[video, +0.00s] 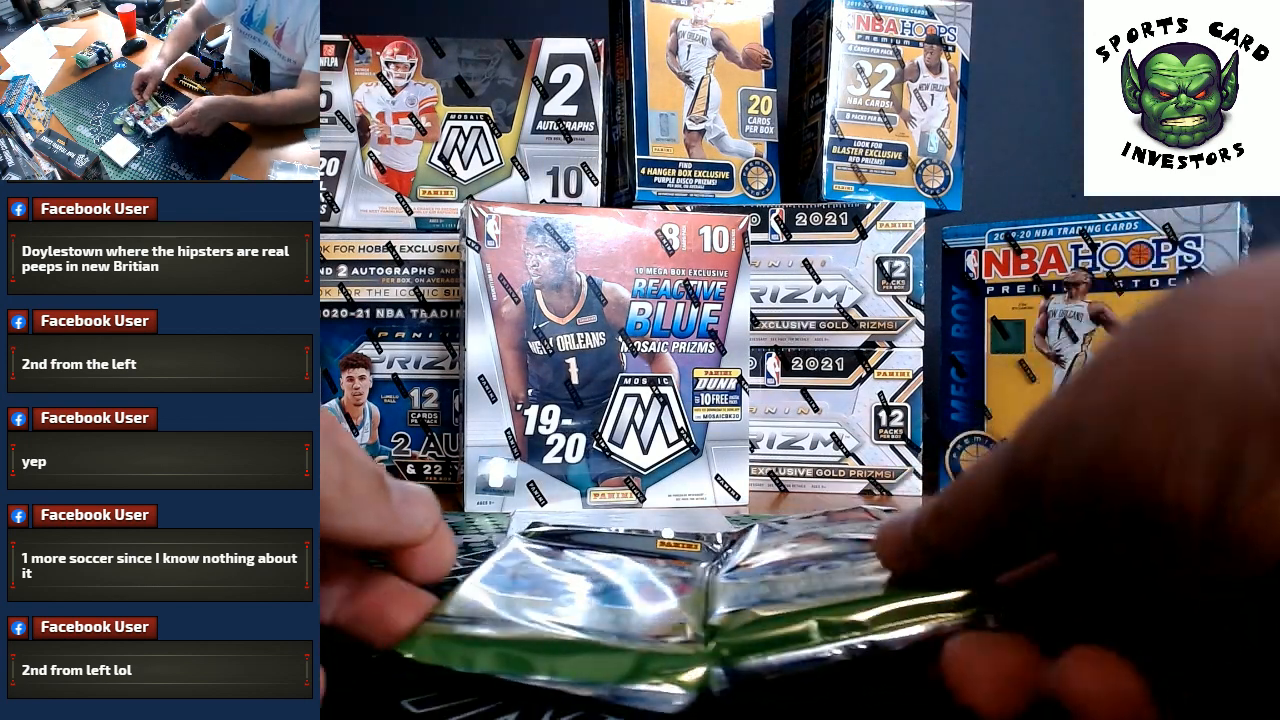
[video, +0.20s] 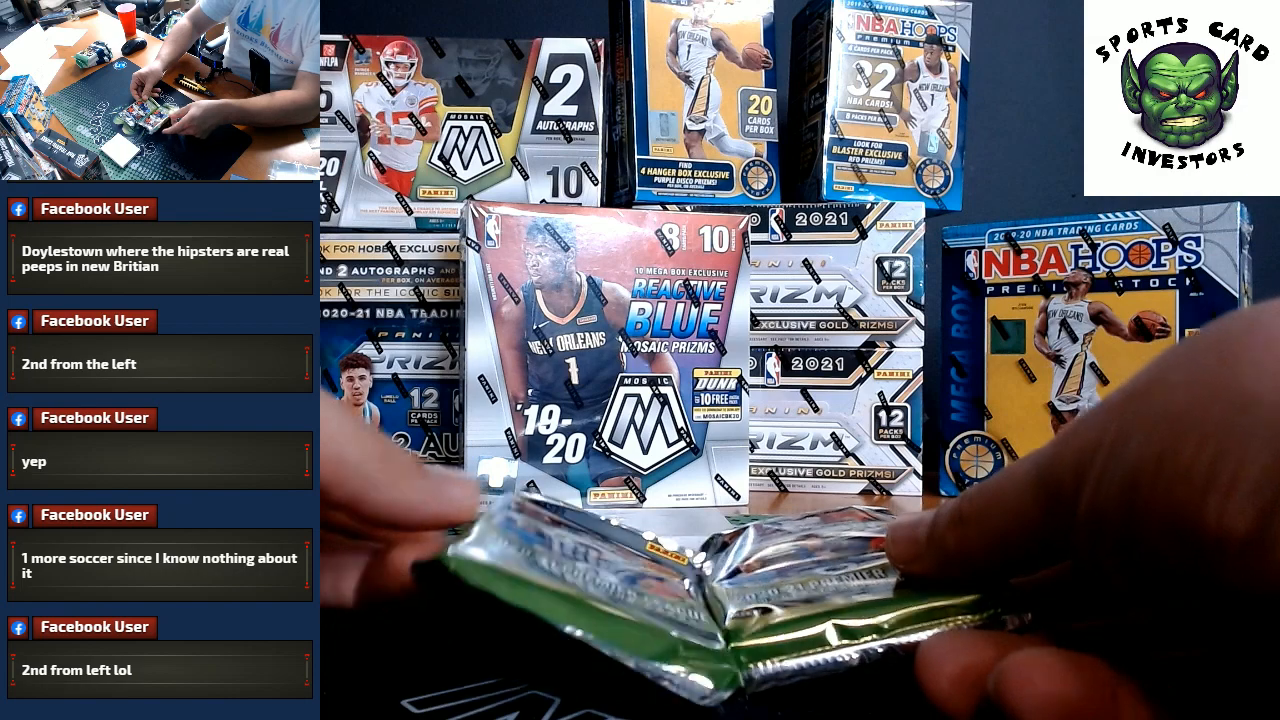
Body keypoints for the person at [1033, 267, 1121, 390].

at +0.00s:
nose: (1071, 288)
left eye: (1076, 285)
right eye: (1068, 285)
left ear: (1087, 284)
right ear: (1066, 284)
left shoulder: (1095, 308)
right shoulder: (1049, 303)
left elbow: (1124, 335)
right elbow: (1038, 335)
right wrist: (1047, 352)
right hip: (1059, 363)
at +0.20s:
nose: (1070, 273)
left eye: (1075, 273)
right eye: (1070, 272)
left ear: (1086, 282)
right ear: (1068, 280)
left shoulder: (1095, 308)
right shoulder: (1049, 304)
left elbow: (1126, 333)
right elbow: (1038, 335)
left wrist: (1155, 331)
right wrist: (1046, 351)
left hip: (1080, 362)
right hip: (1062, 364)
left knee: (1064, 412)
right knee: (1096, 415)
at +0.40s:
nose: (1068, 273)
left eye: (1074, 271)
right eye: (1069, 271)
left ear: (1086, 281)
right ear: (1066, 279)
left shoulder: (1095, 308)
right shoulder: (1049, 304)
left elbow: (1126, 333)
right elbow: (1038, 335)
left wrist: (1155, 331)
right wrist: (1046, 351)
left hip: (1080, 363)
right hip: (1063, 367)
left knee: (1060, 421)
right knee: (1102, 425)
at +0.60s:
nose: (1068, 273)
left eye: (1074, 271)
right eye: (1069, 271)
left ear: (1086, 281)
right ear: (1067, 279)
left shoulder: (1095, 308)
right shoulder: (1049, 304)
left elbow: (1126, 333)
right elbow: (1038, 335)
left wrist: (1159, 331)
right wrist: (1046, 351)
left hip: (1079, 364)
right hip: (1063, 367)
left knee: (1060, 421)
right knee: (1102, 426)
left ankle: (1079, 471)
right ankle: (1148, 437)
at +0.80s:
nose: (1070, 273)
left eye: (1076, 273)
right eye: (1071, 272)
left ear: (1086, 284)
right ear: (1067, 280)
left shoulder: (1094, 308)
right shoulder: (1049, 304)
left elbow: (1126, 333)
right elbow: (1038, 335)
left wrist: (1160, 331)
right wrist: (1046, 351)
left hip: (1079, 364)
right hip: (1063, 366)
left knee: (1060, 423)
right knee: (1102, 425)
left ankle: (1077, 477)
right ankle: (1166, 443)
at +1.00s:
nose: (1069, 273)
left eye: (1075, 272)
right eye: (1070, 271)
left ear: (1086, 283)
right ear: (1067, 280)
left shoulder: (1094, 308)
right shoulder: (1049, 304)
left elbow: (1125, 333)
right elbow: (1038, 335)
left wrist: (1160, 331)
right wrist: (1046, 351)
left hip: (1079, 365)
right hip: (1063, 367)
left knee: (1060, 422)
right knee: (1102, 425)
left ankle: (1078, 478)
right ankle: (1166, 443)